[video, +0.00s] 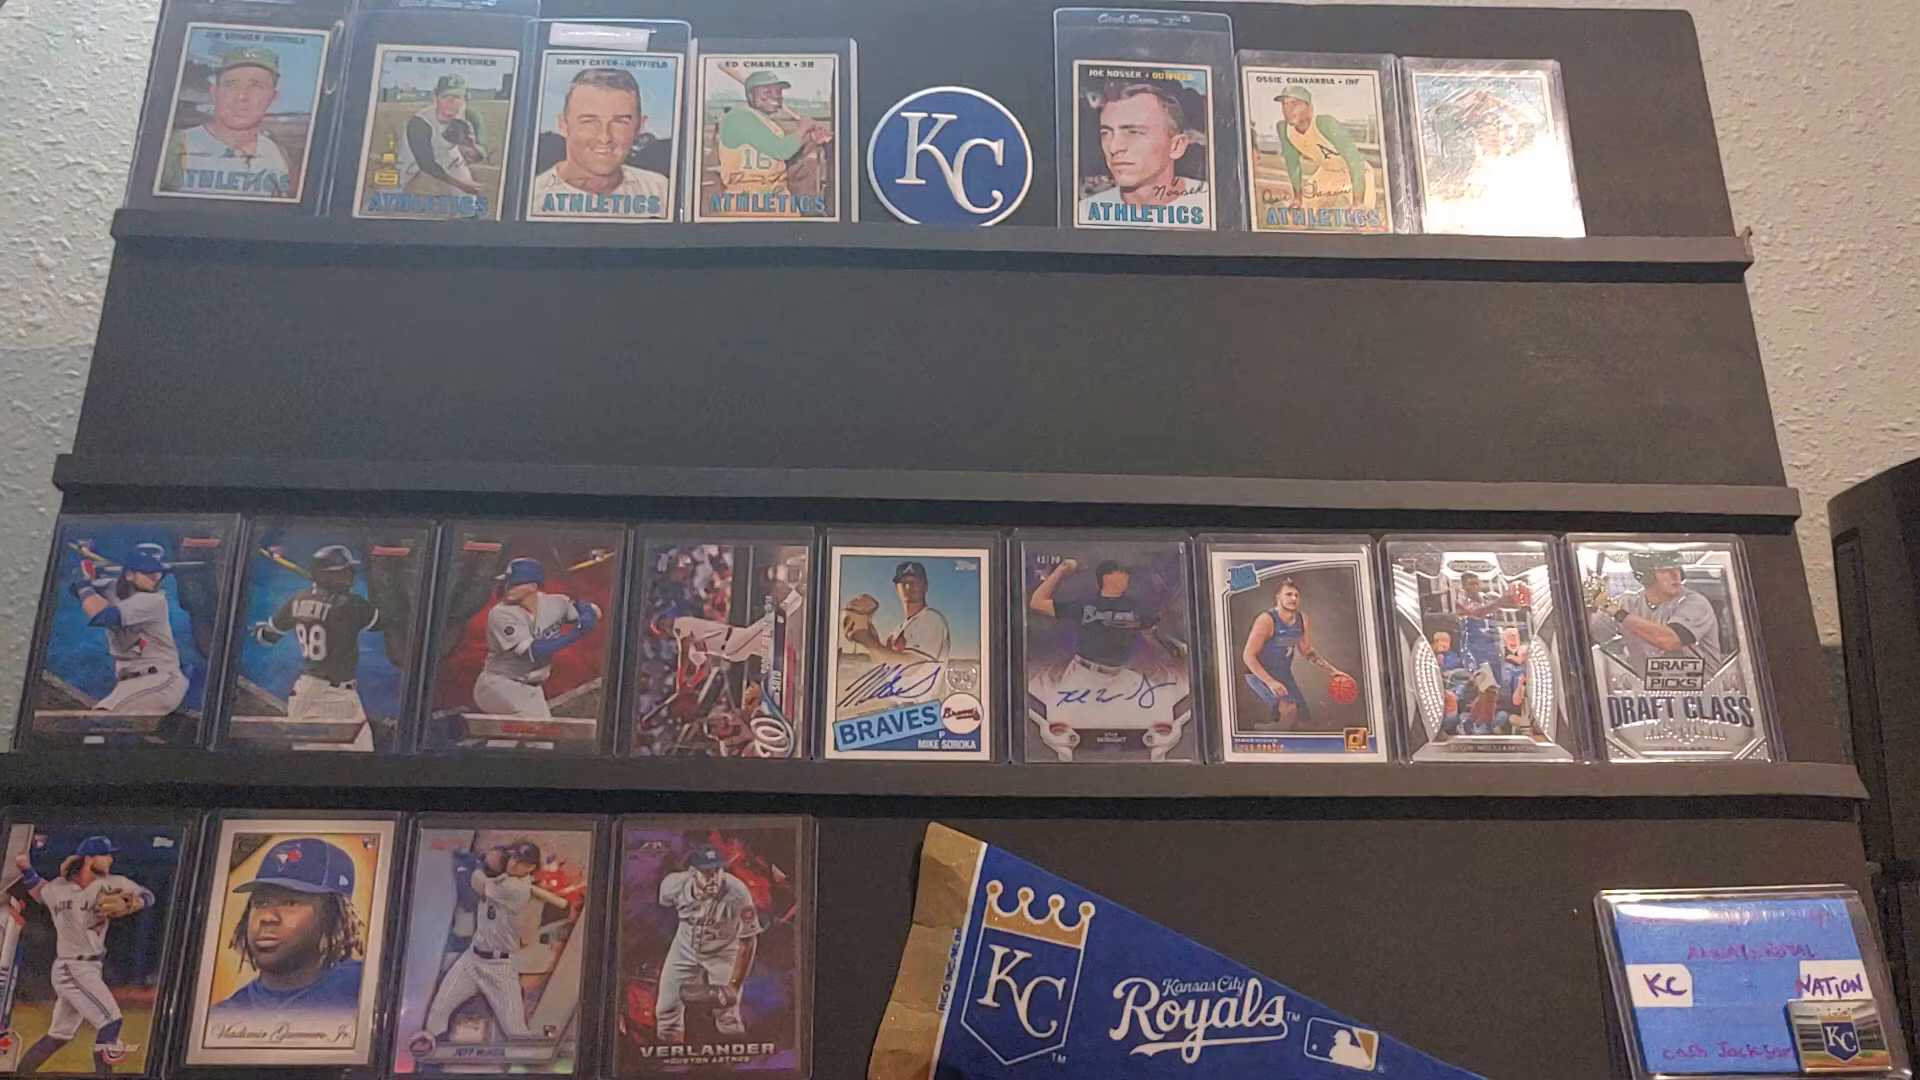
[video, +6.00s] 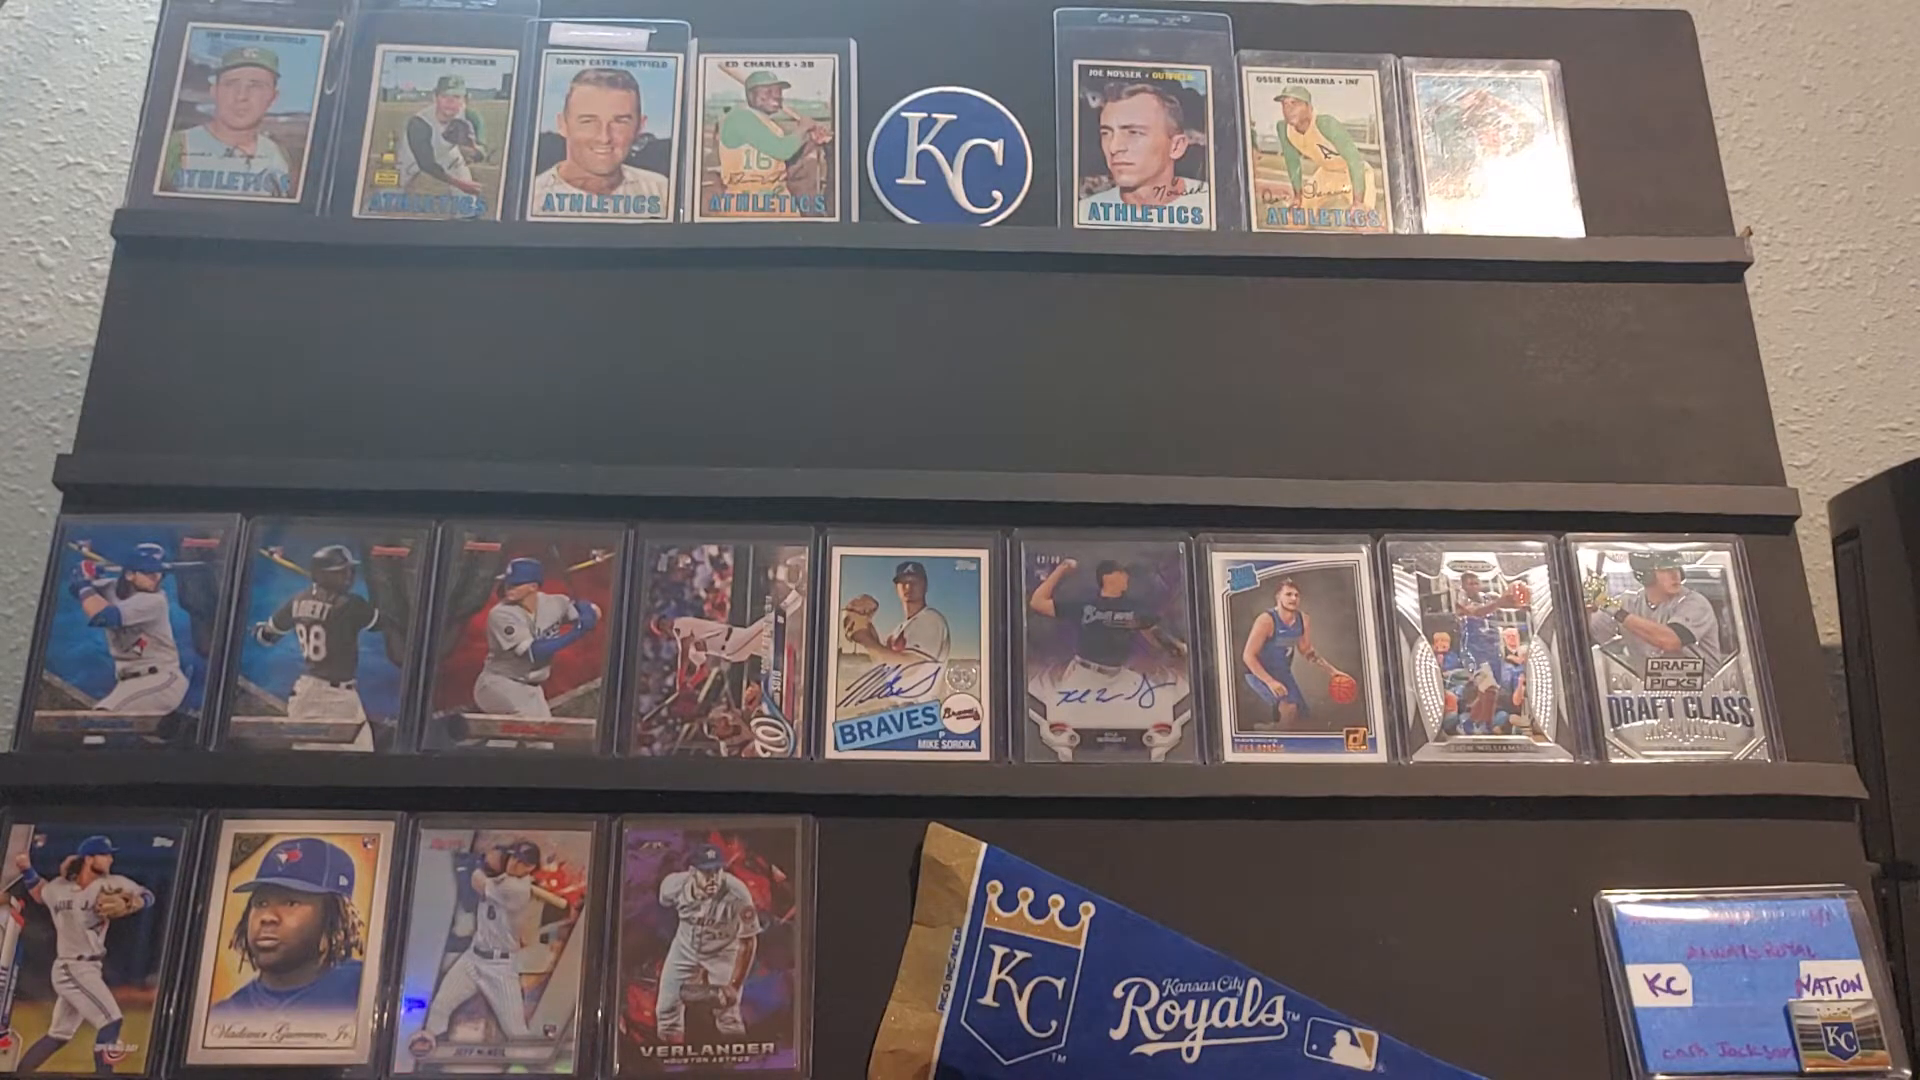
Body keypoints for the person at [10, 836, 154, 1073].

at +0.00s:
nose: (110, 859)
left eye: (109, 855)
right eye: (104, 855)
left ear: (100, 860)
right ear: (88, 859)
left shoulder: (112, 884)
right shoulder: (57, 889)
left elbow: (148, 896)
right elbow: (39, 890)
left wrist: (133, 904)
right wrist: (26, 869)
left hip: (90, 969)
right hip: (70, 969)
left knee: (59, 1035)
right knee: (111, 1020)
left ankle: (20, 1072)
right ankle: (104, 1074)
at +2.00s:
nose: (110, 860)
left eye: (109, 855)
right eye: (105, 855)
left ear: (97, 861)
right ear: (89, 859)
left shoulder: (112, 884)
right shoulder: (58, 888)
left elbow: (148, 896)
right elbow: (39, 892)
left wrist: (133, 904)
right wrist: (27, 869)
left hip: (91, 968)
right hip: (70, 969)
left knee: (58, 1036)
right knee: (110, 1020)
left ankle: (20, 1073)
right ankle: (104, 1074)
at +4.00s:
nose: (110, 859)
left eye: (109, 855)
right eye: (105, 855)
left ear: (98, 861)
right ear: (89, 859)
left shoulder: (111, 884)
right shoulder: (58, 888)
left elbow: (148, 896)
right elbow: (40, 891)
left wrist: (131, 904)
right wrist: (26, 869)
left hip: (90, 969)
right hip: (71, 969)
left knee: (58, 1035)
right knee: (111, 1020)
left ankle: (20, 1073)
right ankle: (104, 1074)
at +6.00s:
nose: (110, 859)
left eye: (110, 855)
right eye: (105, 855)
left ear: (96, 861)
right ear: (89, 859)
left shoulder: (111, 884)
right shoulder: (58, 888)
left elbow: (148, 896)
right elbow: (39, 892)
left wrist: (130, 904)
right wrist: (26, 870)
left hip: (90, 969)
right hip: (71, 969)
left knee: (58, 1036)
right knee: (111, 1020)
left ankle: (19, 1073)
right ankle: (104, 1074)